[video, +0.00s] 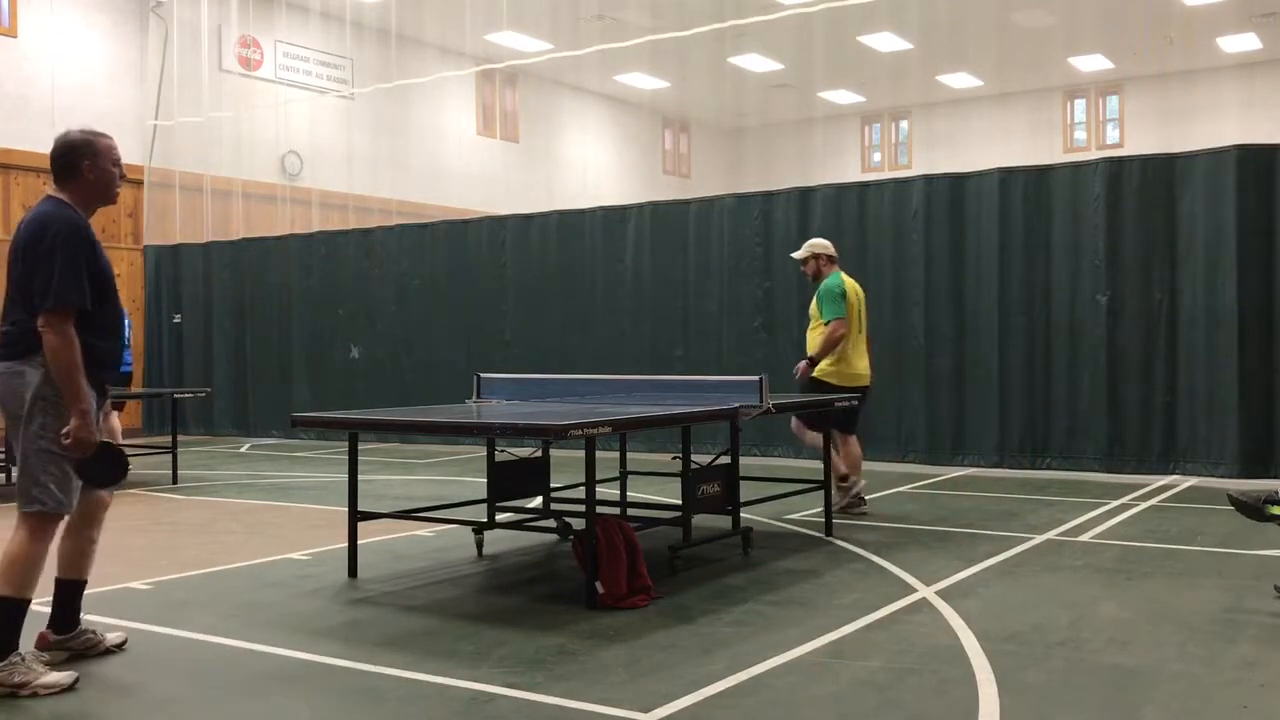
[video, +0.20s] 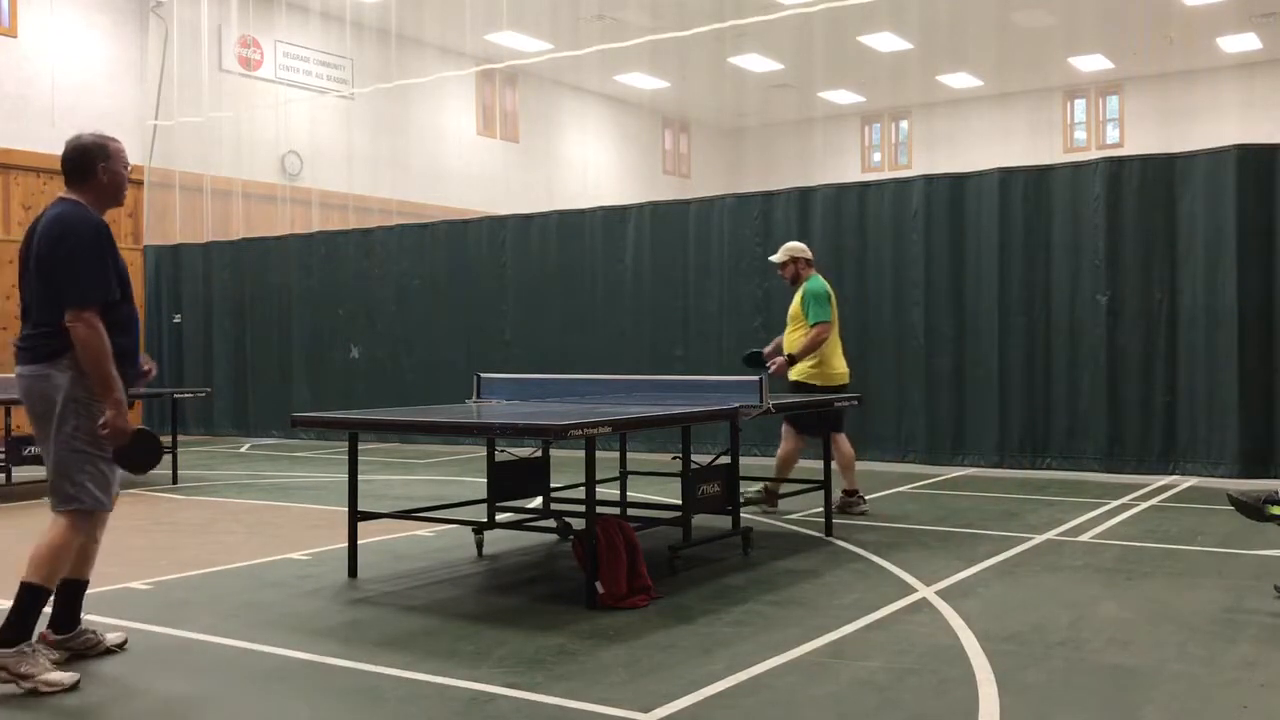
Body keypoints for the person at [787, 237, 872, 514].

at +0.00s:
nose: (802, 269)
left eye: (805, 263)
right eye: (802, 263)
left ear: (821, 261)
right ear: (826, 262)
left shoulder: (830, 286)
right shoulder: (852, 285)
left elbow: (838, 329)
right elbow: (862, 335)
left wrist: (812, 360)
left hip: (831, 377)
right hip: (857, 377)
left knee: (800, 425)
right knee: (846, 433)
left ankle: (842, 474)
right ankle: (852, 496)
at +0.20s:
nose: (780, 272)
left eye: (783, 266)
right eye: (779, 267)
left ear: (799, 264)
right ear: (799, 265)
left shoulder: (814, 288)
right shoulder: (809, 287)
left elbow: (822, 331)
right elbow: (800, 330)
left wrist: (790, 359)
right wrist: (776, 346)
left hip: (813, 378)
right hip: (828, 377)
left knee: (791, 432)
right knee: (835, 434)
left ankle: (771, 491)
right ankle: (852, 494)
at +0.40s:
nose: (755, 275)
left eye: (758, 270)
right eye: (754, 271)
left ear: (775, 267)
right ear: (773, 268)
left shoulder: (788, 292)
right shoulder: (779, 292)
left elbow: (794, 335)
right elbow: (771, 332)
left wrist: (759, 362)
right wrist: (744, 348)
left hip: (785, 379)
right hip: (788, 378)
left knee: (763, 430)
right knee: (797, 433)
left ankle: (762, 493)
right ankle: (834, 478)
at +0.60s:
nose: (736, 271)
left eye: (740, 265)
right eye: (735, 266)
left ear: (756, 263)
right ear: (752, 265)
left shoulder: (768, 287)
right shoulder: (757, 288)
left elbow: (769, 331)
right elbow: (758, 336)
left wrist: (733, 348)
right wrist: (738, 363)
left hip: (768, 375)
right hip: (756, 374)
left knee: (756, 430)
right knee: (753, 427)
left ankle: (762, 493)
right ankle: (774, 477)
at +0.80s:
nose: (721, 273)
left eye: (725, 267)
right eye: (720, 268)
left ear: (741, 265)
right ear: (733, 267)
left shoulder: (755, 289)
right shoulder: (735, 291)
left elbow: (757, 329)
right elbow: (738, 330)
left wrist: (720, 345)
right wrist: (716, 344)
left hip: (754, 377)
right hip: (736, 376)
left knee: (752, 435)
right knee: (734, 432)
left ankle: (762, 493)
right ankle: (729, 488)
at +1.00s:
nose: (710, 273)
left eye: (713, 268)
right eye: (708, 268)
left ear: (729, 265)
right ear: (715, 268)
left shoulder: (745, 288)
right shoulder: (719, 291)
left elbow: (755, 327)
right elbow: (721, 328)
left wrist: (716, 341)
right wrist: (706, 340)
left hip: (740, 375)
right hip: (719, 374)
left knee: (719, 424)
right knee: (720, 426)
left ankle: (742, 480)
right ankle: (740, 480)